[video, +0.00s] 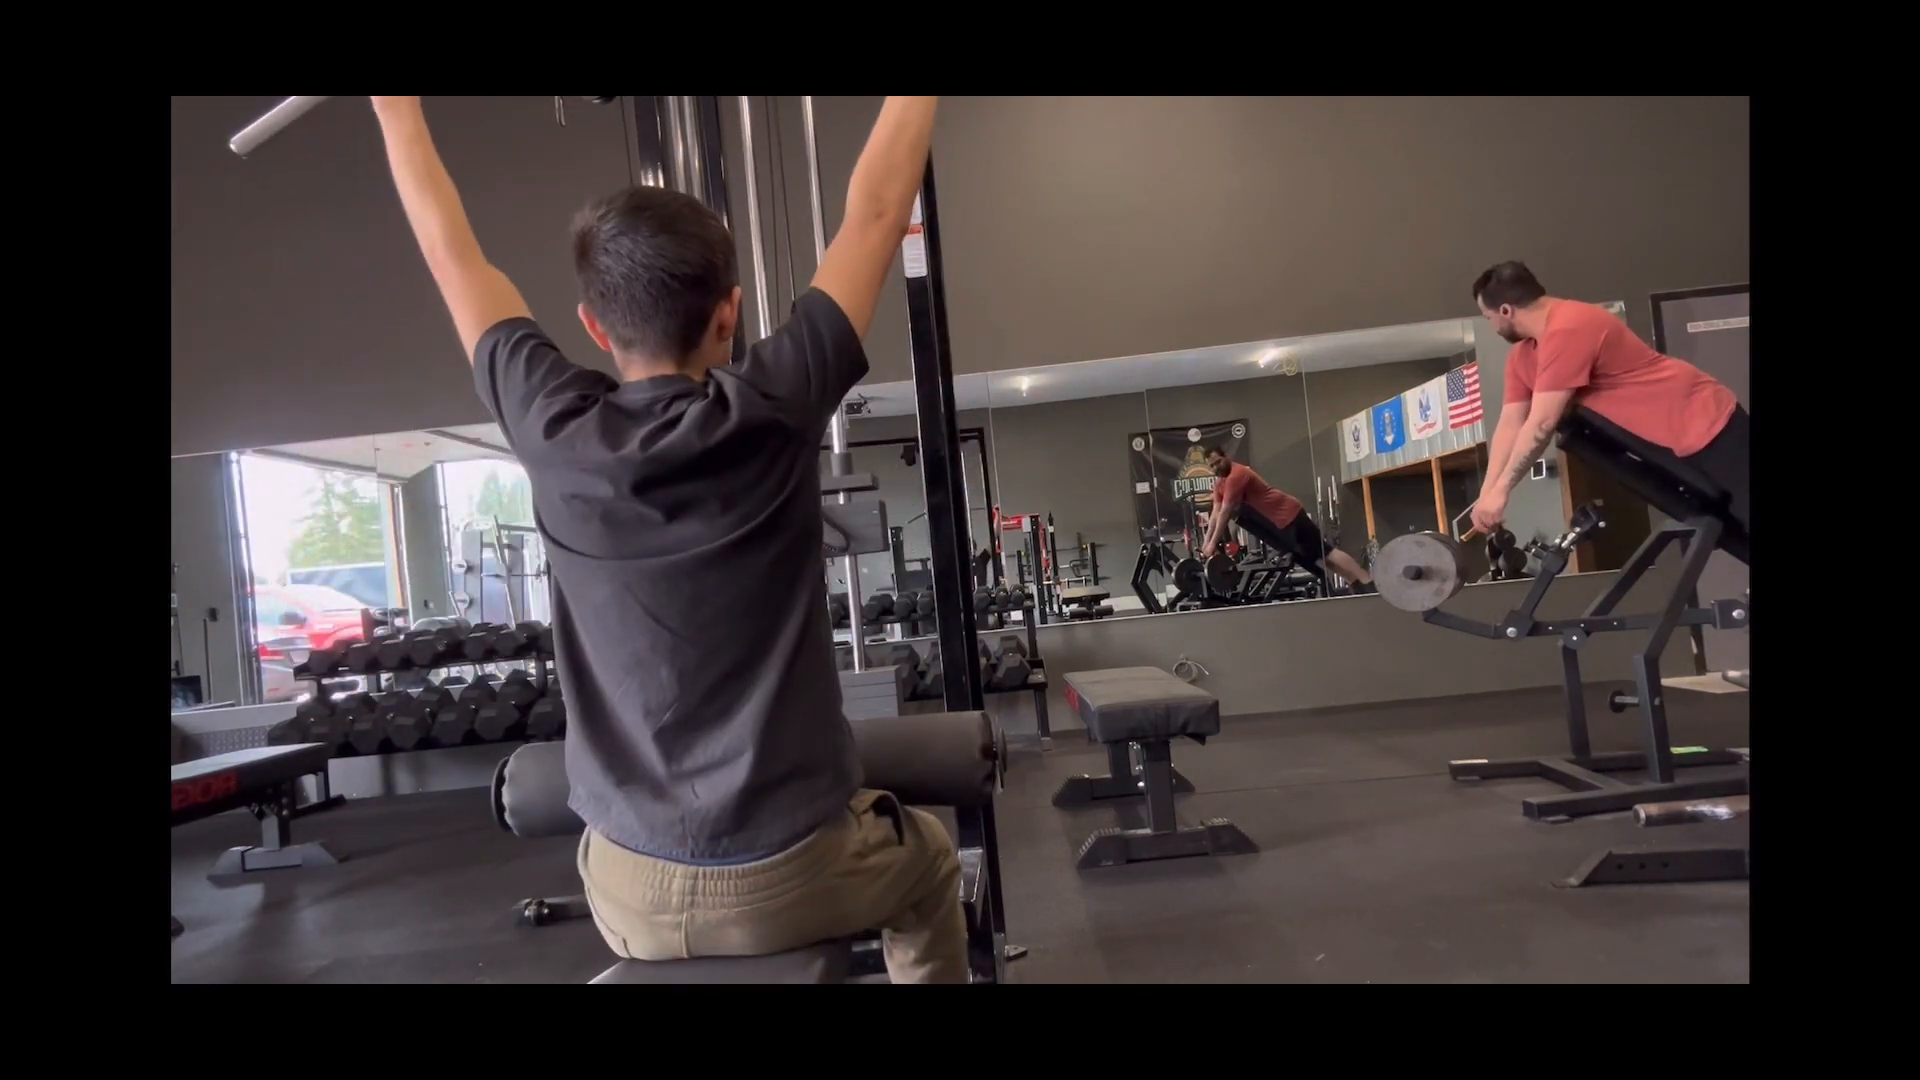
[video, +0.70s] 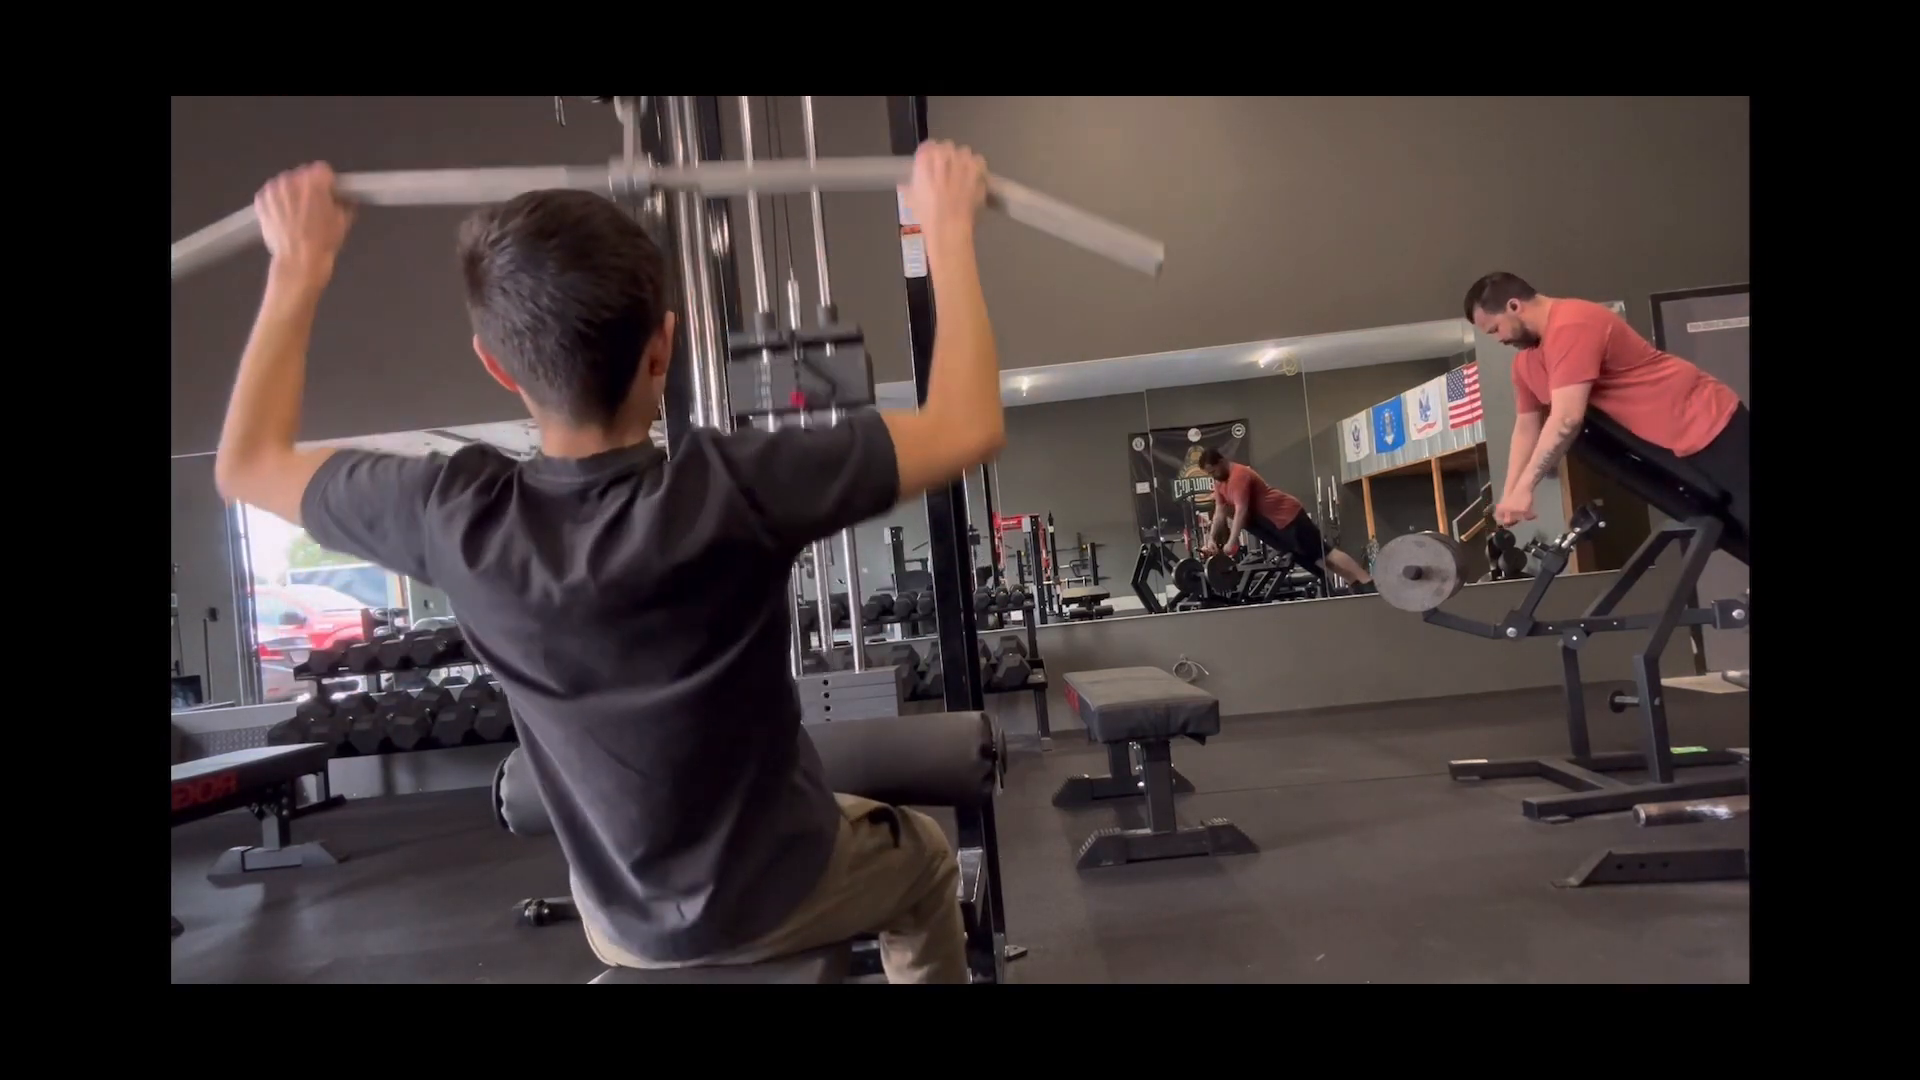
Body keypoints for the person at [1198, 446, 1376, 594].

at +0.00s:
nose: (1217, 465)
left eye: (1219, 460)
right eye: (1212, 464)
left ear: (1226, 457)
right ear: (1210, 468)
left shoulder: (1238, 474)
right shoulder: (1219, 484)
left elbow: (1226, 511)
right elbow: (1216, 512)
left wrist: (1213, 542)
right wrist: (1207, 540)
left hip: (1290, 513)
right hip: (1279, 525)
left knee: (1325, 550)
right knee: (1318, 558)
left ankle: (1368, 582)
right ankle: (1355, 584)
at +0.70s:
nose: (1212, 475)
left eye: (1213, 470)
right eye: (1209, 473)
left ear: (1221, 462)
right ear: (1208, 472)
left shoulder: (1239, 475)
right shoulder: (1220, 485)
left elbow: (1241, 510)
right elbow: (1219, 512)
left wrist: (1233, 541)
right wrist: (1211, 539)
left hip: (1289, 514)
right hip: (1276, 526)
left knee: (1324, 551)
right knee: (1315, 558)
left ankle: (1367, 581)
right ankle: (1354, 583)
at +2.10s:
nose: (1215, 479)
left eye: (1215, 474)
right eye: (1210, 477)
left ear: (1222, 467)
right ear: (1207, 477)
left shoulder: (1241, 481)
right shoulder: (1218, 488)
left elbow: (1257, 512)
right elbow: (1225, 515)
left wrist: (1267, 541)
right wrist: (1232, 541)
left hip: (1290, 514)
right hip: (1275, 523)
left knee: (1324, 552)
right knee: (1315, 559)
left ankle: (1367, 582)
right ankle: (1354, 585)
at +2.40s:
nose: (1215, 479)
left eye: (1216, 474)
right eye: (1210, 477)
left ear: (1222, 467)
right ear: (1206, 477)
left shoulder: (1241, 479)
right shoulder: (1217, 488)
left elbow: (1259, 509)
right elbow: (1224, 514)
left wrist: (1271, 538)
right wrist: (1231, 541)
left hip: (1290, 514)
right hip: (1275, 523)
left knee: (1324, 552)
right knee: (1315, 559)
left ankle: (1366, 582)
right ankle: (1354, 585)